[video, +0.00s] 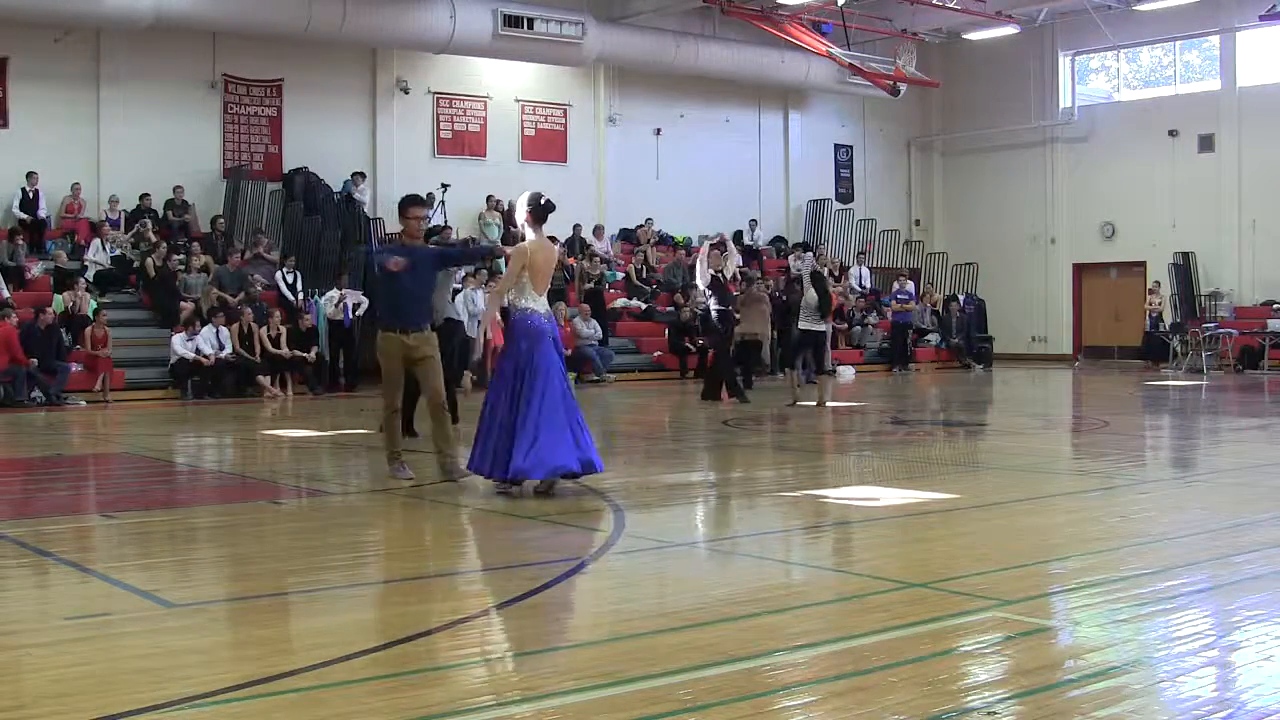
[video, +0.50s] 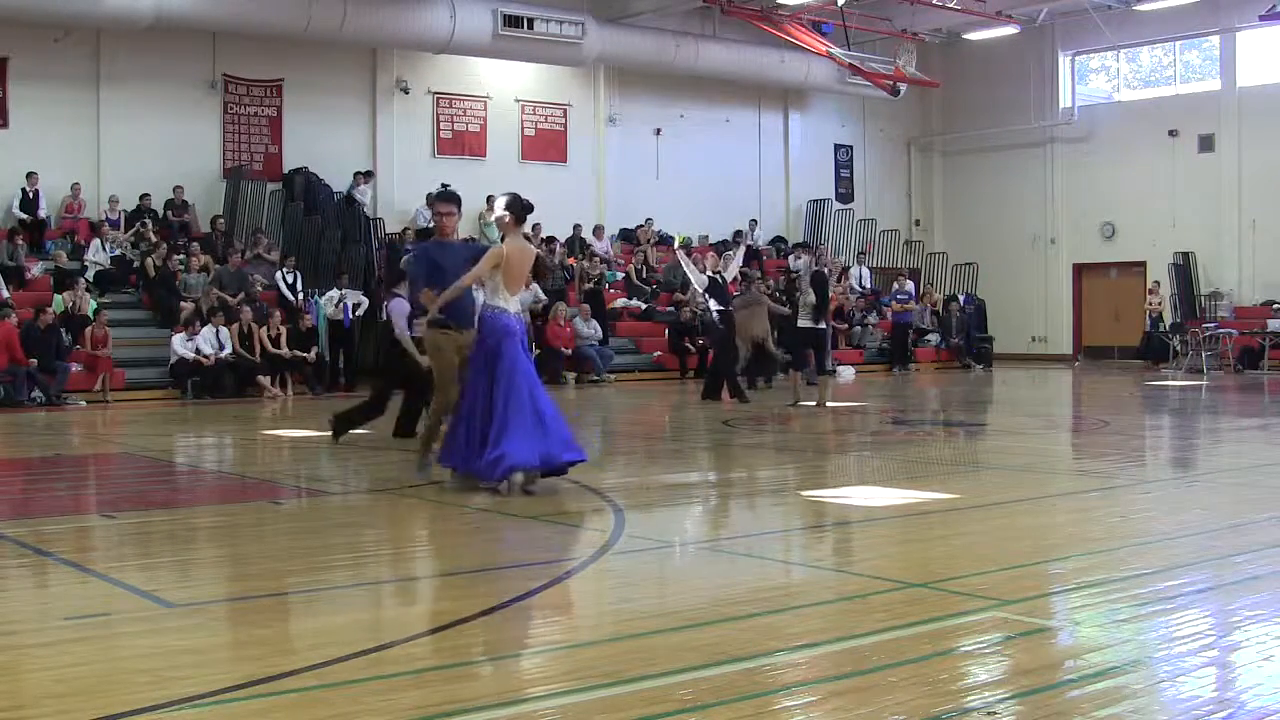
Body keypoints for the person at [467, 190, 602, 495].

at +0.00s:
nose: (516, 214)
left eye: (519, 210)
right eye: (518, 209)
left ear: (526, 214)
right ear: (544, 215)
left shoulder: (522, 250)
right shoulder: (552, 249)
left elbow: (502, 288)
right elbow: (538, 283)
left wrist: (488, 315)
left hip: (523, 325)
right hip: (546, 324)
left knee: (515, 394)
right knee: (547, 393)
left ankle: (511, 467)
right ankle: (550, 463)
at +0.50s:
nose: (492, 216)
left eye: (496, 211)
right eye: (494, 211)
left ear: (509, 217)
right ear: (519, 219)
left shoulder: (500, 251)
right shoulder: (531, 251)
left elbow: (467, 280)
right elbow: (519, 284)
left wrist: (438, 302)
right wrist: (487, 280)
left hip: (494, 321)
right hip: (516, 322)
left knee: (495, 390)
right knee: (514, 389)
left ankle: (507, 459)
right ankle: (527, 456)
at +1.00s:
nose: (485, 216)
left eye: (490, 212)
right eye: (486, 211)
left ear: (505, 217)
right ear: (511, 218)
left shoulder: (498, 249)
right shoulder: (519, 249)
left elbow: (458, 260)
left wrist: (426, 262)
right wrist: (435, 260)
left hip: (488, 324)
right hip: (503, 323)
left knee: (484, 392)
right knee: (498, 391)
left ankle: (493, 458)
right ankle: (500, 456)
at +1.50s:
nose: (487, 216)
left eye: (489, 211)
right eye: (488, 211)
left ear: (503, 218)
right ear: (511, 219)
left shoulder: (502, 250)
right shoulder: (522, 249)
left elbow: (462, 236)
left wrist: (427, 210)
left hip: (494, 321)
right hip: (511, 321)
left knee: (494, 392)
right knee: (506, 391)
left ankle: (498, 464)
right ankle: (503, 460)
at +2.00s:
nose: (490, 214)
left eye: (493, 209)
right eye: (492, 209)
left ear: (500, 216)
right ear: (517, 217)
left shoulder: (497, 248)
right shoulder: (523, 247)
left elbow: (459, 222)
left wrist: (441, 183)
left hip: (491, 323)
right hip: (512, 322)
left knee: (491, 393)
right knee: (507, 391)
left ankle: (494, 463)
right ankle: (505, 462)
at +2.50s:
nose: (491, 216)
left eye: (495, 212)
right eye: (493, 212)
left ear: (505, 221)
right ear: (516, 222)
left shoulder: (499, 249)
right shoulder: (524, 249)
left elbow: (464, 224)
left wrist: (438, 193)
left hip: (492, 323)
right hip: (510, 322)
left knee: (492, 393)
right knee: (505, 393)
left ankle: (499, 463)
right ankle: (501, 462)